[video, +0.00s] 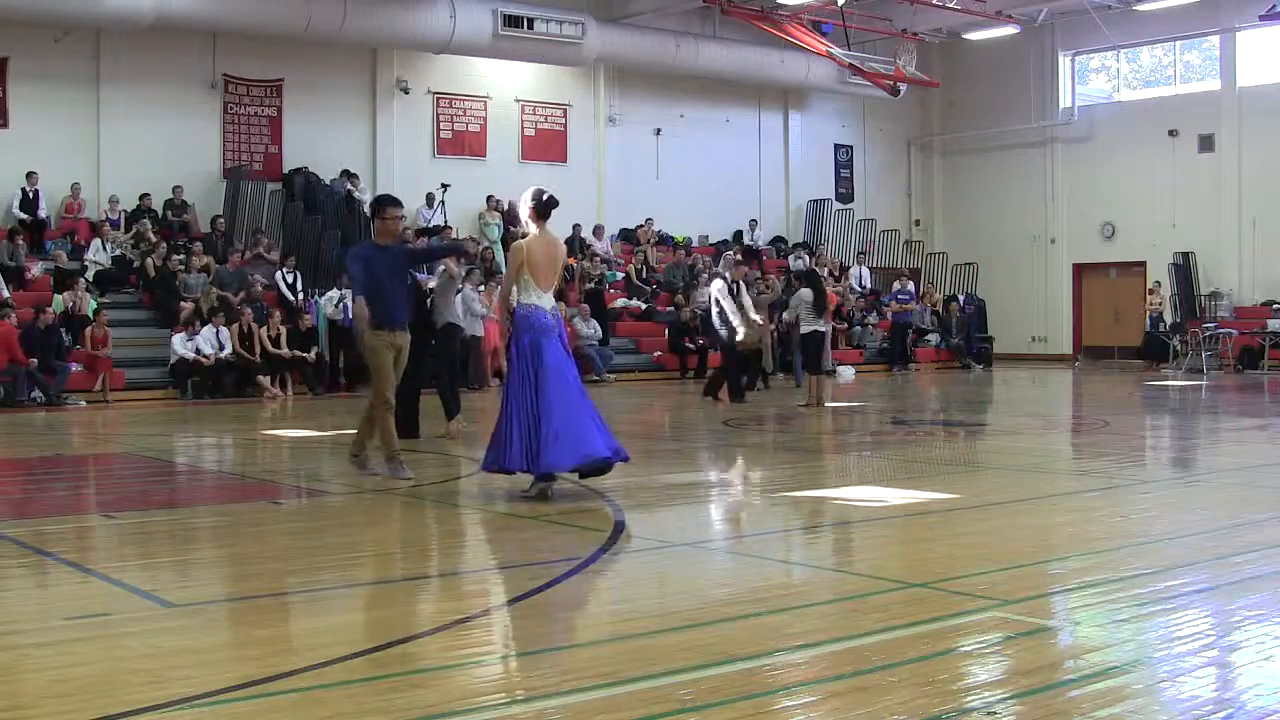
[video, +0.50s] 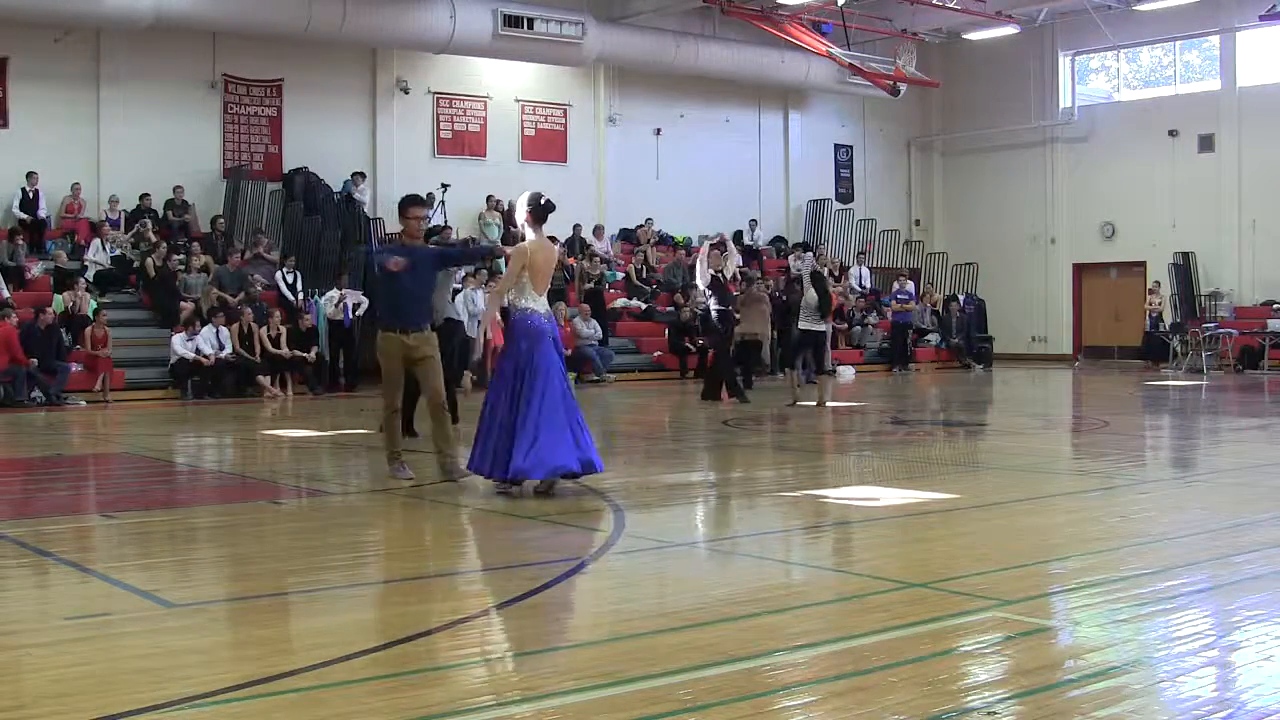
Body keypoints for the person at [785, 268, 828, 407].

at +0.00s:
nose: (801, 282)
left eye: (802, 279)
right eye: (802, 279)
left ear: (805, 279)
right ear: (817, 279)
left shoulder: (801, 293)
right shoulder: (822, 293)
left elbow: (792, 310)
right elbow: (822, 313)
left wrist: (789, 316)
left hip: (807, 331)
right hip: (820, 330)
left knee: (810, 367)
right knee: (818, 367)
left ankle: (811, 398)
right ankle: (820, 398)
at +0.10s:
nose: (800, 282)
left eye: (801, 279)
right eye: (800, 279)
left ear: (806, 279)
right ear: (817, 278)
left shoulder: (804, 291)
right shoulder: (822, 292)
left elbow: (786, 297)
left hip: (808, 331)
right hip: (820, 331)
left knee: (810, 368)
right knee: (817, 368)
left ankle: (811, 398)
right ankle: (820, 398)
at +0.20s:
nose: (804, 283)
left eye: (805, 279)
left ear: (808, 279)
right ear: (818, 278)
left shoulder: (808, 290)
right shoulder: (826, 292)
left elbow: (793, 281)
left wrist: (792, 276)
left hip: (807, 330)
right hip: (821, 330)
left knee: (802, 364)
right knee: (818, 367)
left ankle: (806, 396)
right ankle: (821, 398)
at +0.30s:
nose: (806, 282)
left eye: (807, 279)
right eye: (807, 279)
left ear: (810, 280)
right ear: (820, 280)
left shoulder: (809, 291)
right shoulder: (827, 294)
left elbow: (799, 278)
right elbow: (829, 311)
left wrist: (796, 259)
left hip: (807, 330)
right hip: (821, 331)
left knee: (798, 359)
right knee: (820, 367)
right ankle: (822, 397)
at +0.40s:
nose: (807, 281)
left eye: (808, 279)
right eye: (807, 278)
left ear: (811, 281)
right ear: (822, 280)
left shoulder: (809, 292)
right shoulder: (828, 295)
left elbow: (804, 274)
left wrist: (799, 257)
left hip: (807, 330)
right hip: (821, 331)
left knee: (795, 359)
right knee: (820, 367)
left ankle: (795, 392)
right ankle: (821, 398)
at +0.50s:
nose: (808, 282)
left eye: (809, 280)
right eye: (809, 279)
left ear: (812, 281)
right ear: (824, 282)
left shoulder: (809, 292)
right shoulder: (828, 296)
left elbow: (805, 272)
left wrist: (808, 256)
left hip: (805, 330)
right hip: (820, 331)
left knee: (791, 360)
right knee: (820, 367)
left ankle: (794, 393)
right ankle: (821, 398)